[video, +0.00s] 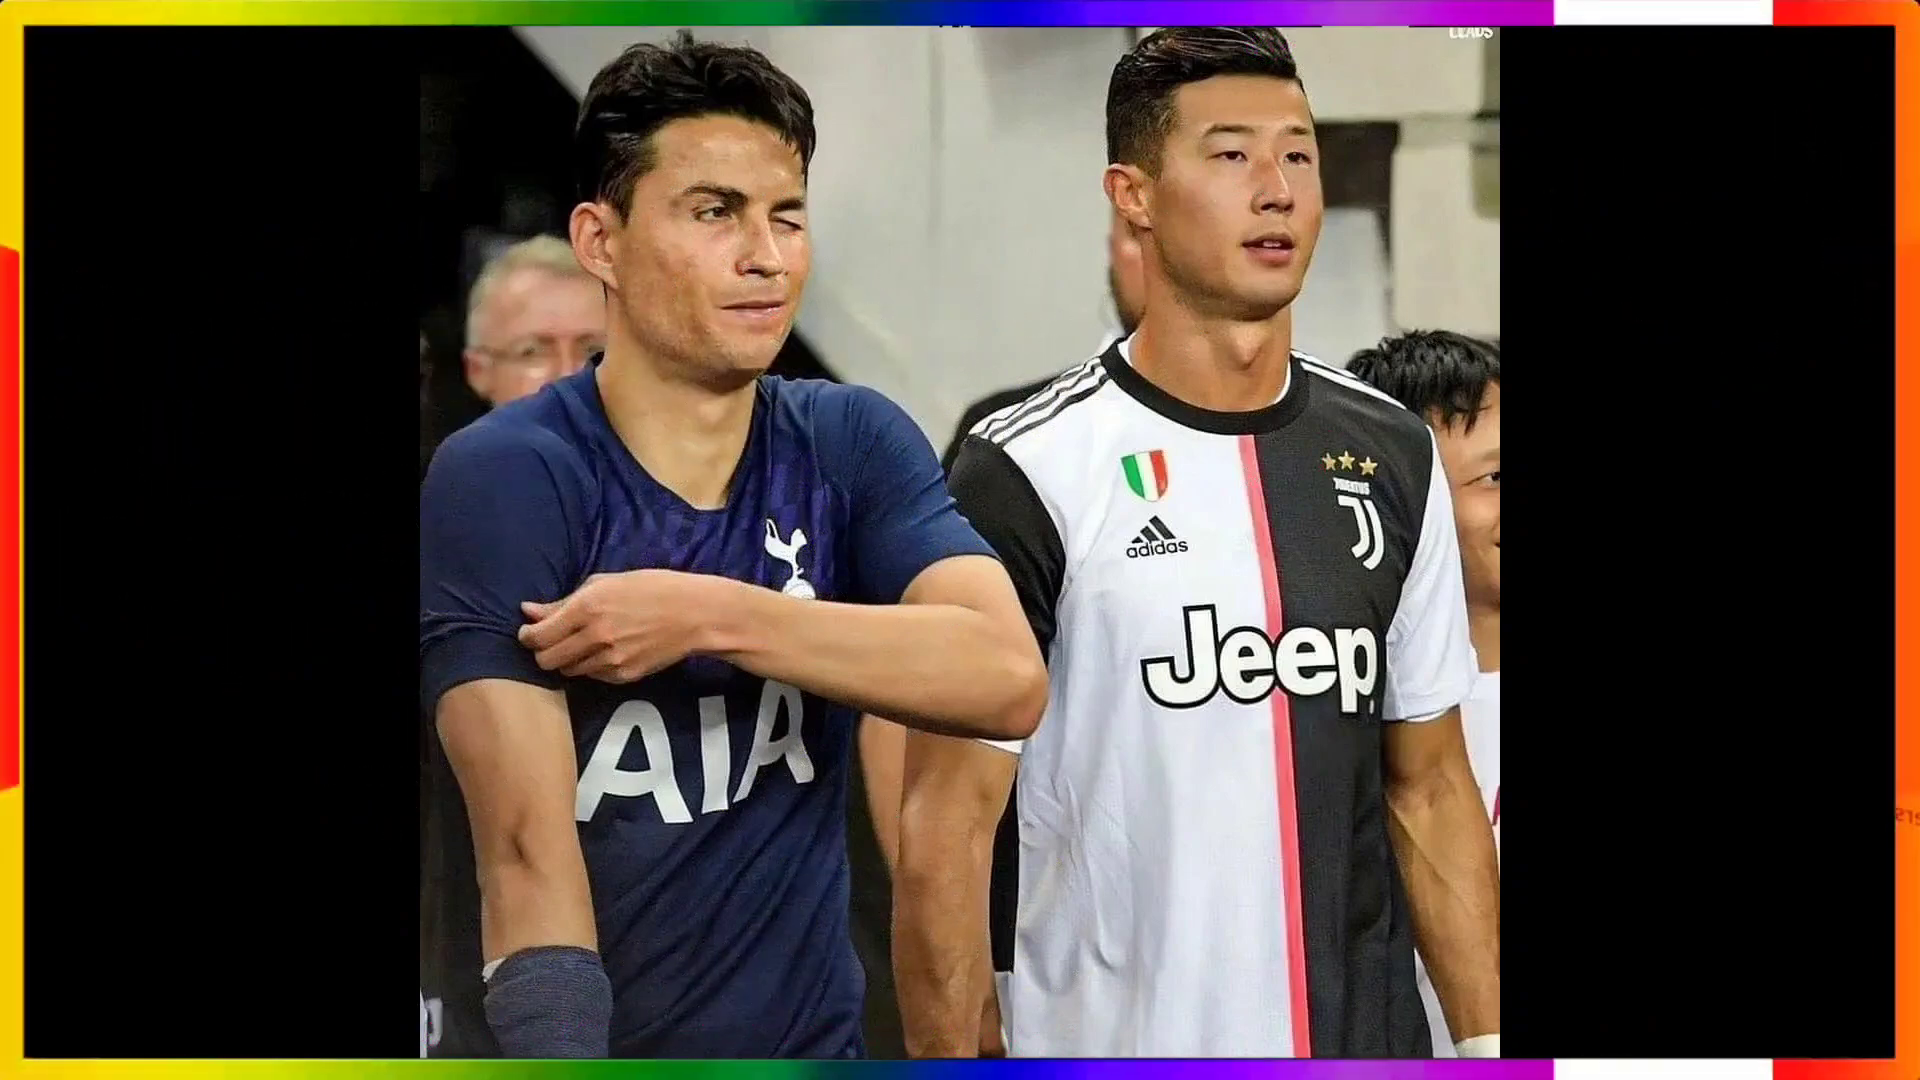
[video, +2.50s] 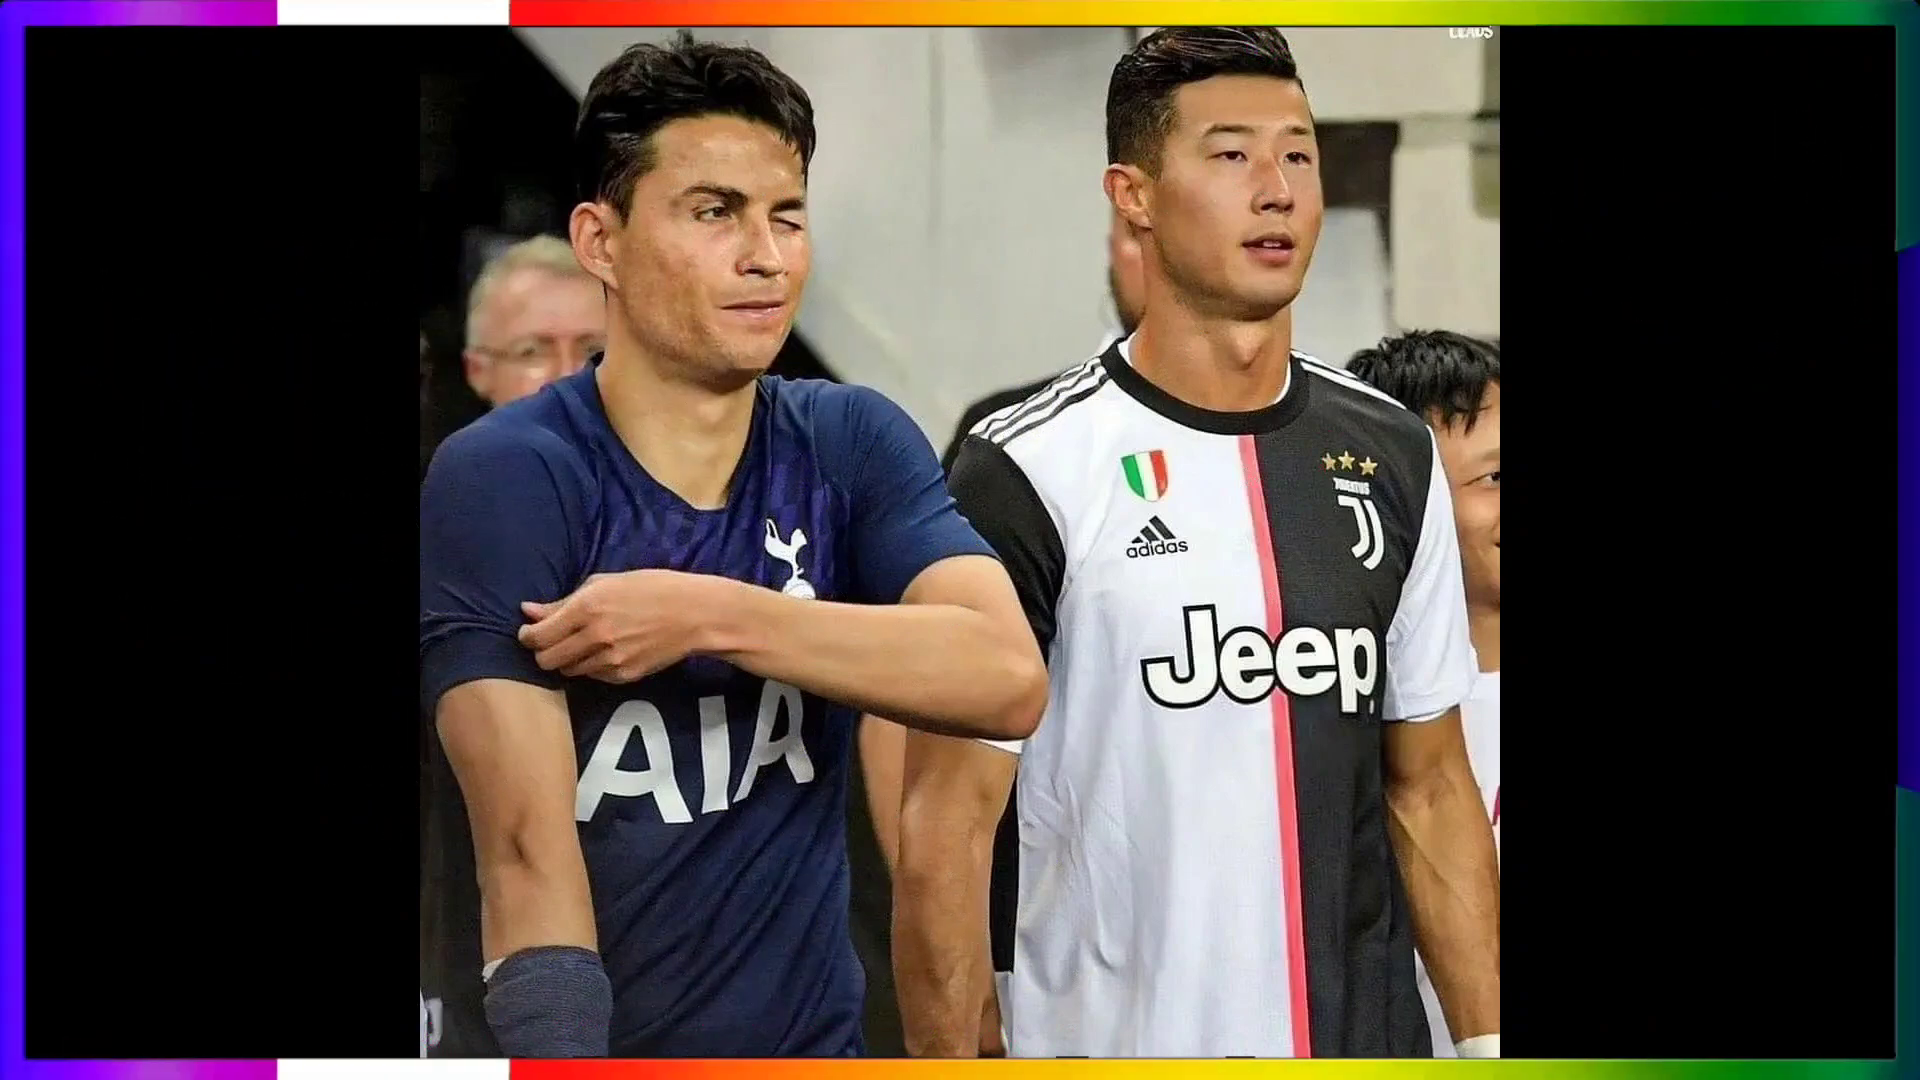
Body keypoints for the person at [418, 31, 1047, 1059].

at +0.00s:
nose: (766, 257)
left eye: (786, 218)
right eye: (712, 212)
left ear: (809, 236)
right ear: (601, 241)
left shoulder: (857, 439)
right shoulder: (500, 476)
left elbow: (1009, 681)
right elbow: (525, 851)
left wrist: (713, 613)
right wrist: (560, 1058)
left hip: (811, 1041)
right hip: (594, 1036)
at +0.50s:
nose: (766, 257)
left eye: (786, 218)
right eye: (712, 212)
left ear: (809, 237)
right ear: (601, 241)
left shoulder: (856, 439)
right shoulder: (499, 476)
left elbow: (1009, 681)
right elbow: (525, 850)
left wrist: (713, 613)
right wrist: (560, 1058)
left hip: (809, 1040)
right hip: (599, 1037)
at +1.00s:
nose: (766, 257)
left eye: (785, 218)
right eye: (712, 212)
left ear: (809, 237)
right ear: (601, 241)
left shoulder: (856, 439)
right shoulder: (499, 476)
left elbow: (1009, 681)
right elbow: (525, 851)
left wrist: (714, 613)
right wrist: (561, 1058)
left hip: (812, 1042)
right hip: (594, 1036)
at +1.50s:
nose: (765, 257)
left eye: (785, 217)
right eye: (712, 212)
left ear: (809, 235)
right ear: (601, 242)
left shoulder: (856, 439)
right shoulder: (500, 476)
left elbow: (1009, 681)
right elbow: (525, 851)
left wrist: (714, 613)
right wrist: (560, 1059)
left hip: (810, 1041)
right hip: (599, 1037)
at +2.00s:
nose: (766, 257)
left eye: (785, 218)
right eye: (712, 212)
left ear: (809, 237)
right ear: (601, 241)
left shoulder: (856, 439)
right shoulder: (499, 476)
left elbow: (1009, 681)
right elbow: (525, 851)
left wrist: (713, 613)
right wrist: (561, 1058)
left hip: (812, 1042)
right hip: (594, 1036)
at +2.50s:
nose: (765, 257)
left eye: (785, 217)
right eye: (712, 212)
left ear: (809, 235)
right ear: (601, 242)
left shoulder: (856, 439)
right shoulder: (500, 476)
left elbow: (1009, 681)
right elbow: (525, 850)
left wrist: (714, 613)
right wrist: (559, 1059)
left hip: (810, 1040)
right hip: (600, 1037)